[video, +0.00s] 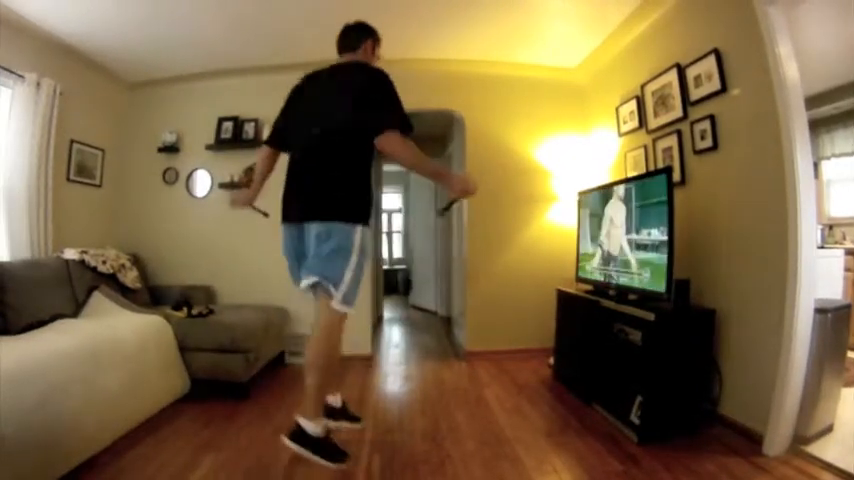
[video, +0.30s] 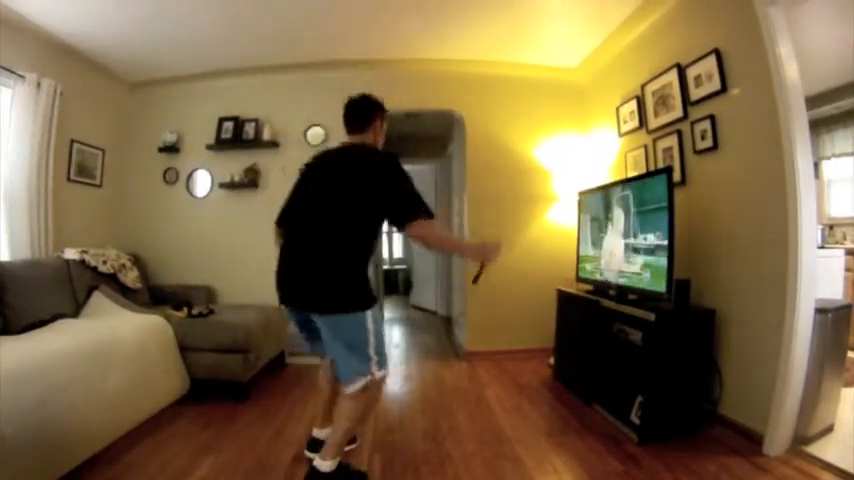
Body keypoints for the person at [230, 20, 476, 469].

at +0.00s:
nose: (378, 58)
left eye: (376, 52)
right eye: (378, 52)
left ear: (339, 49)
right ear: (371, 47)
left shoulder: (307, 83)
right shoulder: (372, 79)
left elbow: (273, 143)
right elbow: (389, 142)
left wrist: (252, 190)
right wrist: (447, 177)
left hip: (298, 207)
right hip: (341, 208)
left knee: (330, 310)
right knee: (330, 315)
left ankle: (332, 399)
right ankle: (308, 424)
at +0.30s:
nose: (384, 131)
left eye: (382, 125)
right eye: (384, 125)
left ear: (345, 126)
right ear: (379, 125)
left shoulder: (320, 162)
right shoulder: (381, 166)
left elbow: (284, 226)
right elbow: (421, 230)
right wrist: (472, 249)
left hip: (296, 283)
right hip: (341, 286)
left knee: (336, 358)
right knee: (366, 376)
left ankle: (322, 434)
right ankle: (327, 463)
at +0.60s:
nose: (389, 68)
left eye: (386, 62)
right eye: (388, 62)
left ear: (351, 59)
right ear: (382, 59)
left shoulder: (322, 95)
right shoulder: (390, 93)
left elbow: (292, 162)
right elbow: (419, 154)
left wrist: (271, 212)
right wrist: (458, 202)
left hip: (311, 212)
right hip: (356, 211)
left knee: (337, 315)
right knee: (347, 314)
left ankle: (346, 410)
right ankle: (332, 417)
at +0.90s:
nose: (396, 97)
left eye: (391, 91)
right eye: (396, 91)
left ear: (358, 90)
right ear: (391, 90)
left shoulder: (332, 128)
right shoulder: (397, 129)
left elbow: (287, 174)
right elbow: (426, 187)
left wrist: (268, 200)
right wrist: (473, 205)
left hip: (319, 249)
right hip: (365, 252)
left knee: (343, 345)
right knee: (377, 354)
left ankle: (342, 425)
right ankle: (360, 453)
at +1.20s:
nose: (395, 124)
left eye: (392, 117)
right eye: (395, 117)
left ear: (358, 118)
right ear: (389, 118)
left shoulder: (333, 157)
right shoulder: (396, 157)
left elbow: (293, 213)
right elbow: (427, 218)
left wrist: (284, 256)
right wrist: (475, 244)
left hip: (316, 274)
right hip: (365, 277)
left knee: (350, 354)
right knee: (382, 368)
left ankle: (341, 431)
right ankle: (358, 457)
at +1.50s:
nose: (388, 58)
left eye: (383, 52)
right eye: (389, 52)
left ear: (352, 49)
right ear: (386, 51)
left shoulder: (322, 84)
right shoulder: (391, 85)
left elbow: (287, 148)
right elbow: (416, 150)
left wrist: (258, 194)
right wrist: (465, 187)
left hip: (313, 210)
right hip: (361, 210)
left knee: (335, 308)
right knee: (359, 312)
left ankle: (337, 397)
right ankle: (340, 416)